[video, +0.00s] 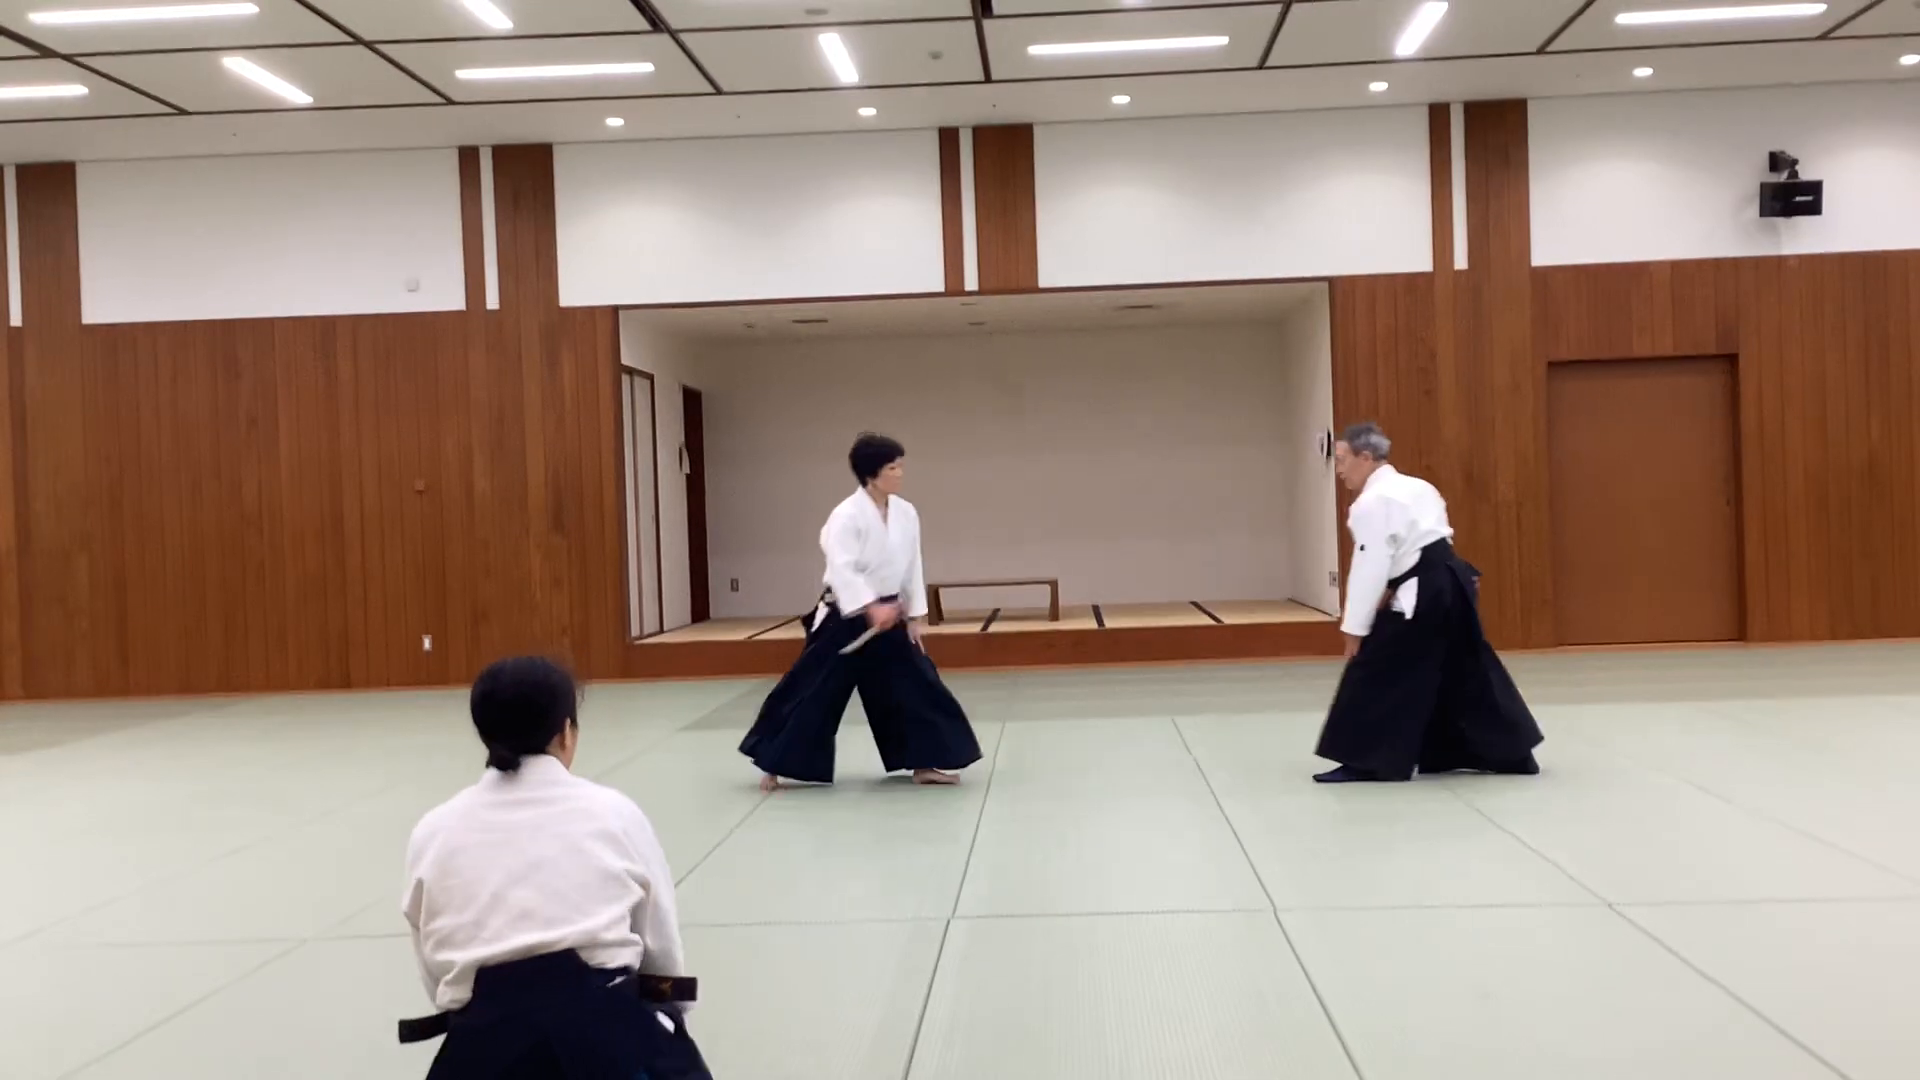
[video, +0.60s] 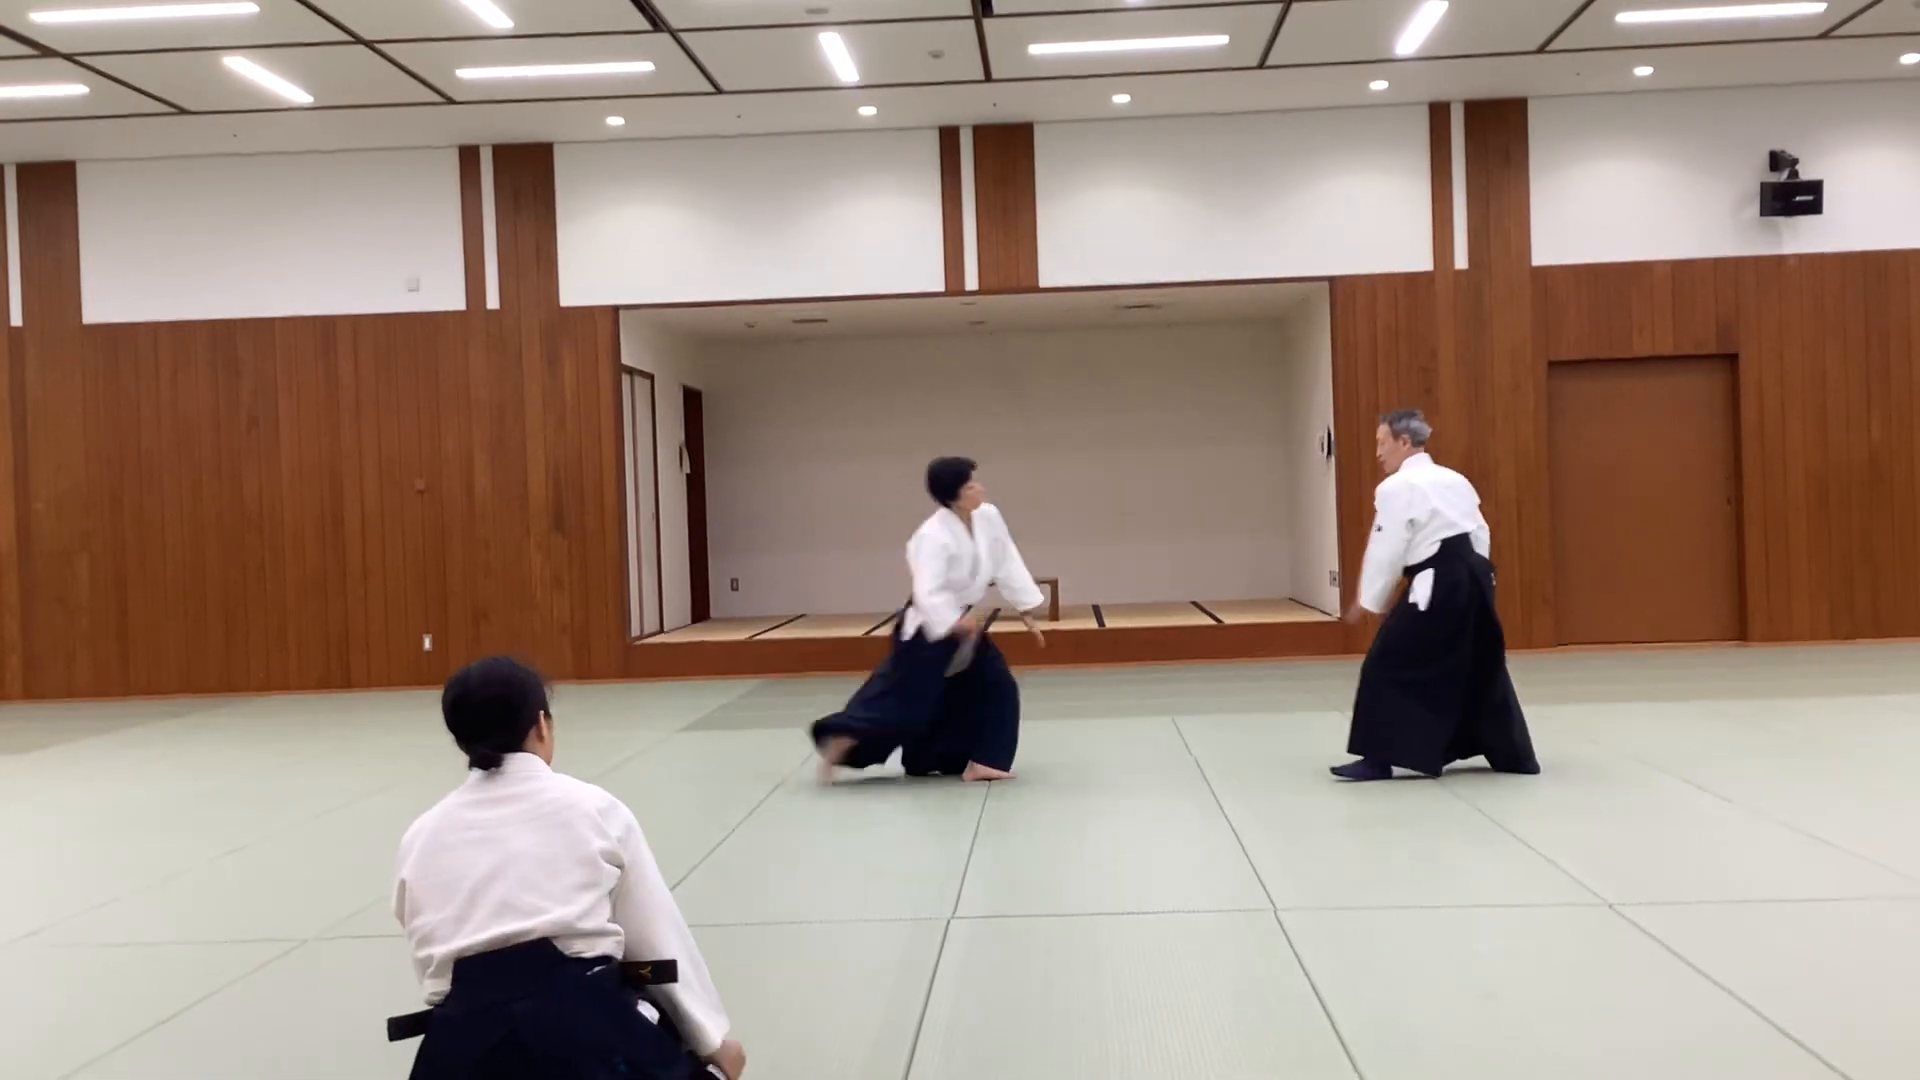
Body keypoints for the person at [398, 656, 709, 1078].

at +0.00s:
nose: (575, 736)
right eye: (575, 726)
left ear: (487, 735)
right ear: (566, 735)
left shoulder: (435, 830)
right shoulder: (614, 811)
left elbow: (436, 977)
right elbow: (661, 950)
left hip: (486, 1041)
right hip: (607, 1030)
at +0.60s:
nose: (553, 729)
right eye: (550, 717)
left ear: (464, 739)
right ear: (541, 726)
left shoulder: (421, 837)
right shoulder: (594, 809)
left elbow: (430, 967)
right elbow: (656, 940)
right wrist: (712, 1040)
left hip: (466, 1039)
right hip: (590, 1028)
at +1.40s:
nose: (612, 720)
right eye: (611, 709)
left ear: (521, 727)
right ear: (603, 717)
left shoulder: (474, 813)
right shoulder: (658, 809)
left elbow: (468, 950)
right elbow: (678, 955)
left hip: (505, 1038)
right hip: (630, 1035)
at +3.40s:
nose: (619, 721)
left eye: (618, 709)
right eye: (619, 709)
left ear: (527, 725)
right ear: (609, 716)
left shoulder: (476, 815)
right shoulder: (661, 816)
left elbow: (471, 949)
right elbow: (681, 963)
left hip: (507, 1040)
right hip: (631, 1038)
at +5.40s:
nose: (620, 726)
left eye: (620, 713)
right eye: (619, 714)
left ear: (528, 723)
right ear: (605, 720)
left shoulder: (469, 819)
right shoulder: (656, 817)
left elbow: (467, 954)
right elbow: (679, 965)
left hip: (504, 1046)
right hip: (630, 1044)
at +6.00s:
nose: (615, 726)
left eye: (615, 713)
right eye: (615, 714)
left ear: (524, 723)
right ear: (601, 722)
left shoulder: (467, 821)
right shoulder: (654, 817)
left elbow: (467, 956)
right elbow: (679, 966)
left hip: (503, 1047)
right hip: (628, 1044)